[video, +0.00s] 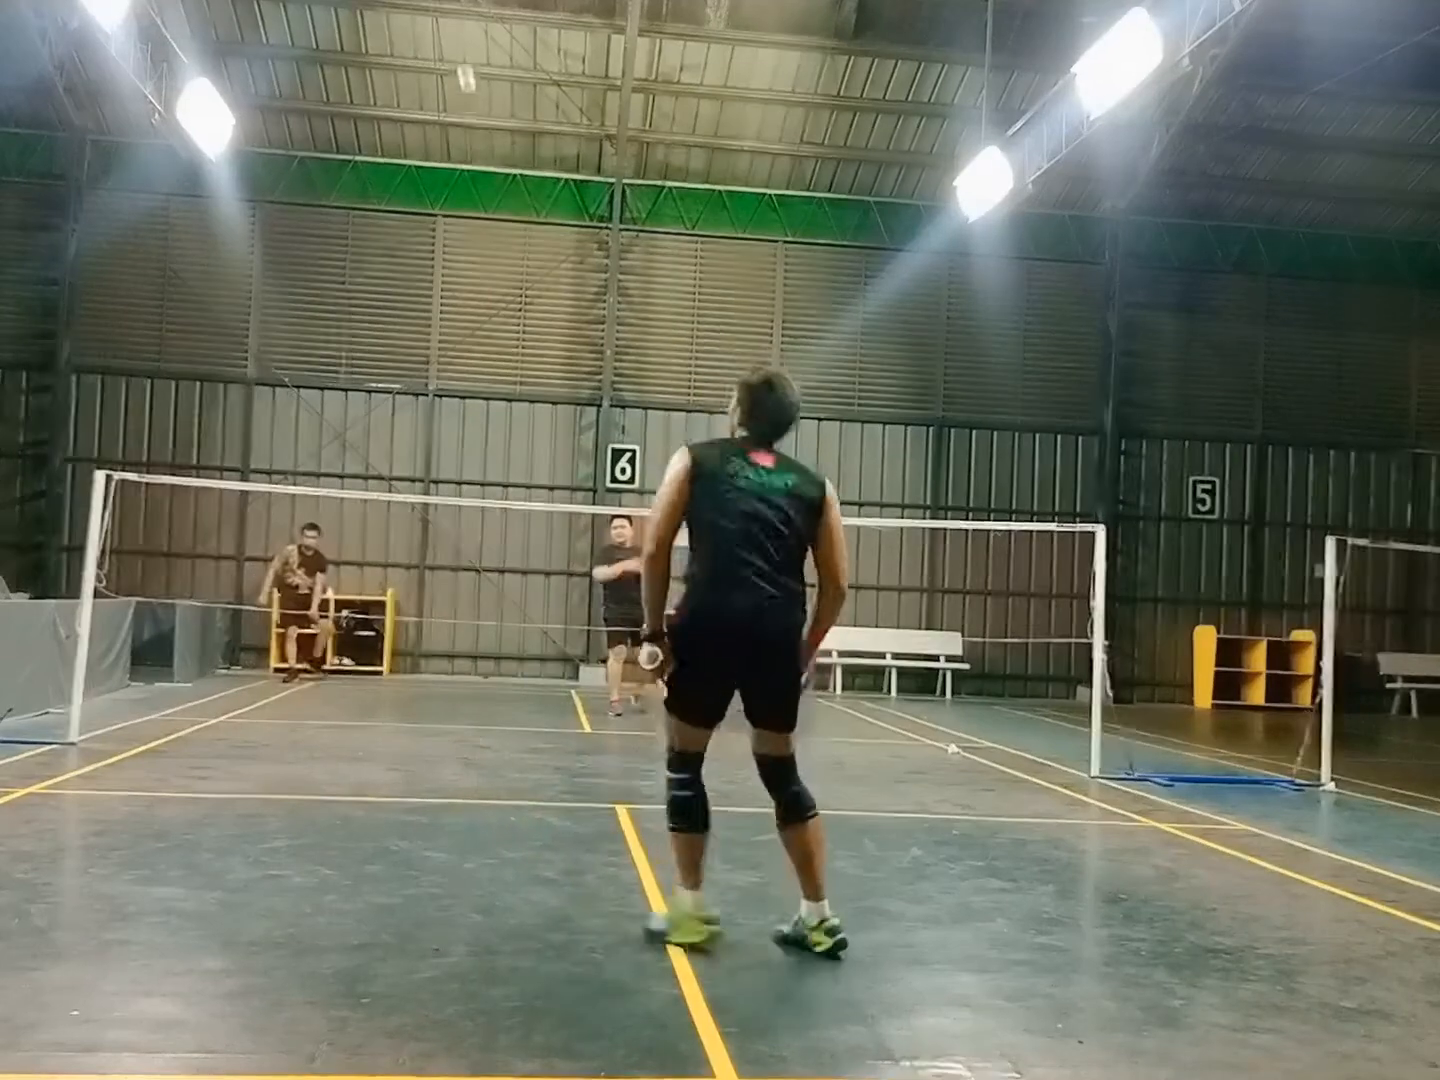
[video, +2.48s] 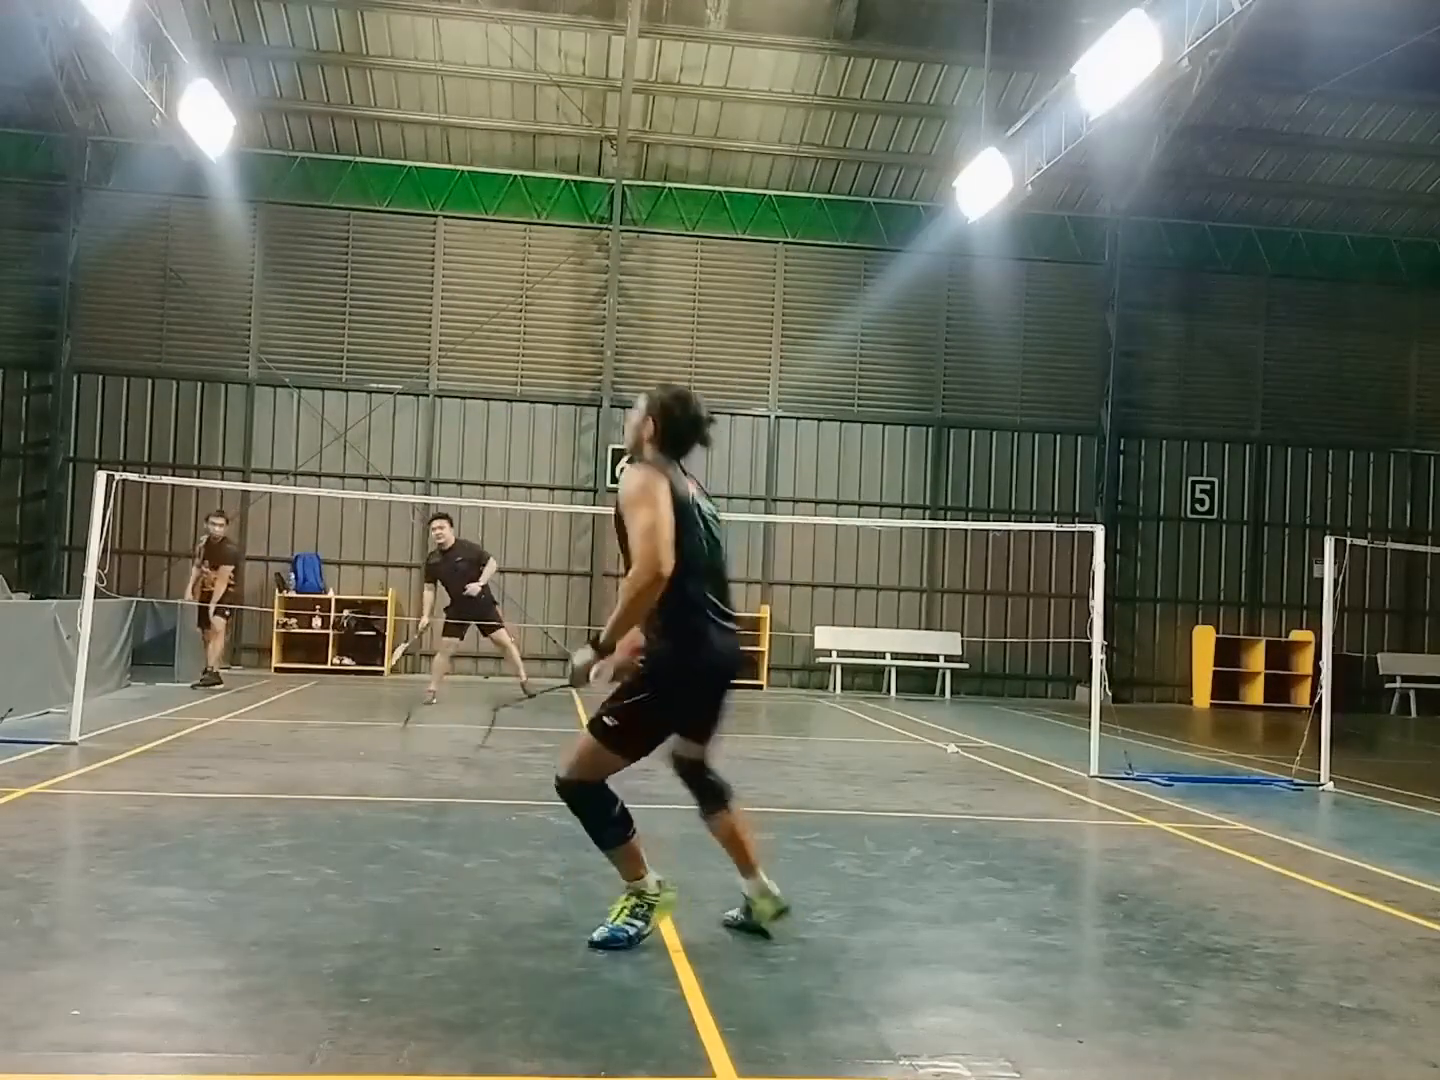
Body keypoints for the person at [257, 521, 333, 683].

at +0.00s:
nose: (310, 541)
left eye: (314, 537)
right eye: (307, 537)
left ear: (318, 539)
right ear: (301, 537)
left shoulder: (320, 560)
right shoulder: (288, 553)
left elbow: (319, 586)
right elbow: (272, 570)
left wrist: (314, 608)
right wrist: (264, 593)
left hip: (309, 598)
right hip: (290, 597)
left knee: (325, 626)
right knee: (291, 631)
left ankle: (316, 659)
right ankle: (292, 668)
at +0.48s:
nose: (311, 541)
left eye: (315, 538)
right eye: (308, 537)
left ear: (321, 540)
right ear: (304, 536)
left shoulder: (323, 561)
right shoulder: (293, 553)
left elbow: (317, 588)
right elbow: (280, 572)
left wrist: (306, 608)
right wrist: (270, 592)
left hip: (311, 600)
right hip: (291, 599)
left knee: (311, 635)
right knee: (291, 635)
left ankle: (308, 671)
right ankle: (293, 667)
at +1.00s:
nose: (311, 535)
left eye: (315, 532)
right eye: (309, 531)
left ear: (319, 536)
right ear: (301, 531)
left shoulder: (322, 558)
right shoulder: (292, 549)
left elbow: (318, 585)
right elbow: (282, 568)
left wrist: (307, 608)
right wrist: (276, 583)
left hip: (311, 598)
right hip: (290, 595)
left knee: (309, 635)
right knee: (283, 633)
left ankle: (307, 672)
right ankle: (276, 670)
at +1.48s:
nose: (280, 530)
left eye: (284, 527)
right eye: (276, 526)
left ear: (289, 530)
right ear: (270, 528)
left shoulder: (294, 552)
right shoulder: (262, 547)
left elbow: (291, 580)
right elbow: (253, 568)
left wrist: (280, 602)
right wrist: (251, 588)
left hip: (287, 594)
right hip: (267, 594)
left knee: (286, 630)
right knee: (269, 634)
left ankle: (289, 670)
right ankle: (274, 673)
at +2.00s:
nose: (235, 532)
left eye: (240, 528)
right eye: (233, 527)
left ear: (249, 530)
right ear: (230, 529)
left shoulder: (250, 550)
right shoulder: (238, 547)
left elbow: (247, 578)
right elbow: (234, 567)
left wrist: (239, 601)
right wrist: (228, 578)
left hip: (253, 594)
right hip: (236, 591)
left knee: (254, 636)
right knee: (222, 633)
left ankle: (266, 676)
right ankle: (215, 674)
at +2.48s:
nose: (217, 529)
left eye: (221, 525)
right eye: (214, 525)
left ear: (226, 527)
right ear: (207, 525)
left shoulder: (229, 549)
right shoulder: (202, 545)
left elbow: (223, 579)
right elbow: (196, 567)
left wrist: (213, 604)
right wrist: (189, 589)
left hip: (225, 592)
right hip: (207, 591)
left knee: (217, 625)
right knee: (207, 632)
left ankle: (211, 669)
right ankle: (211, 671)